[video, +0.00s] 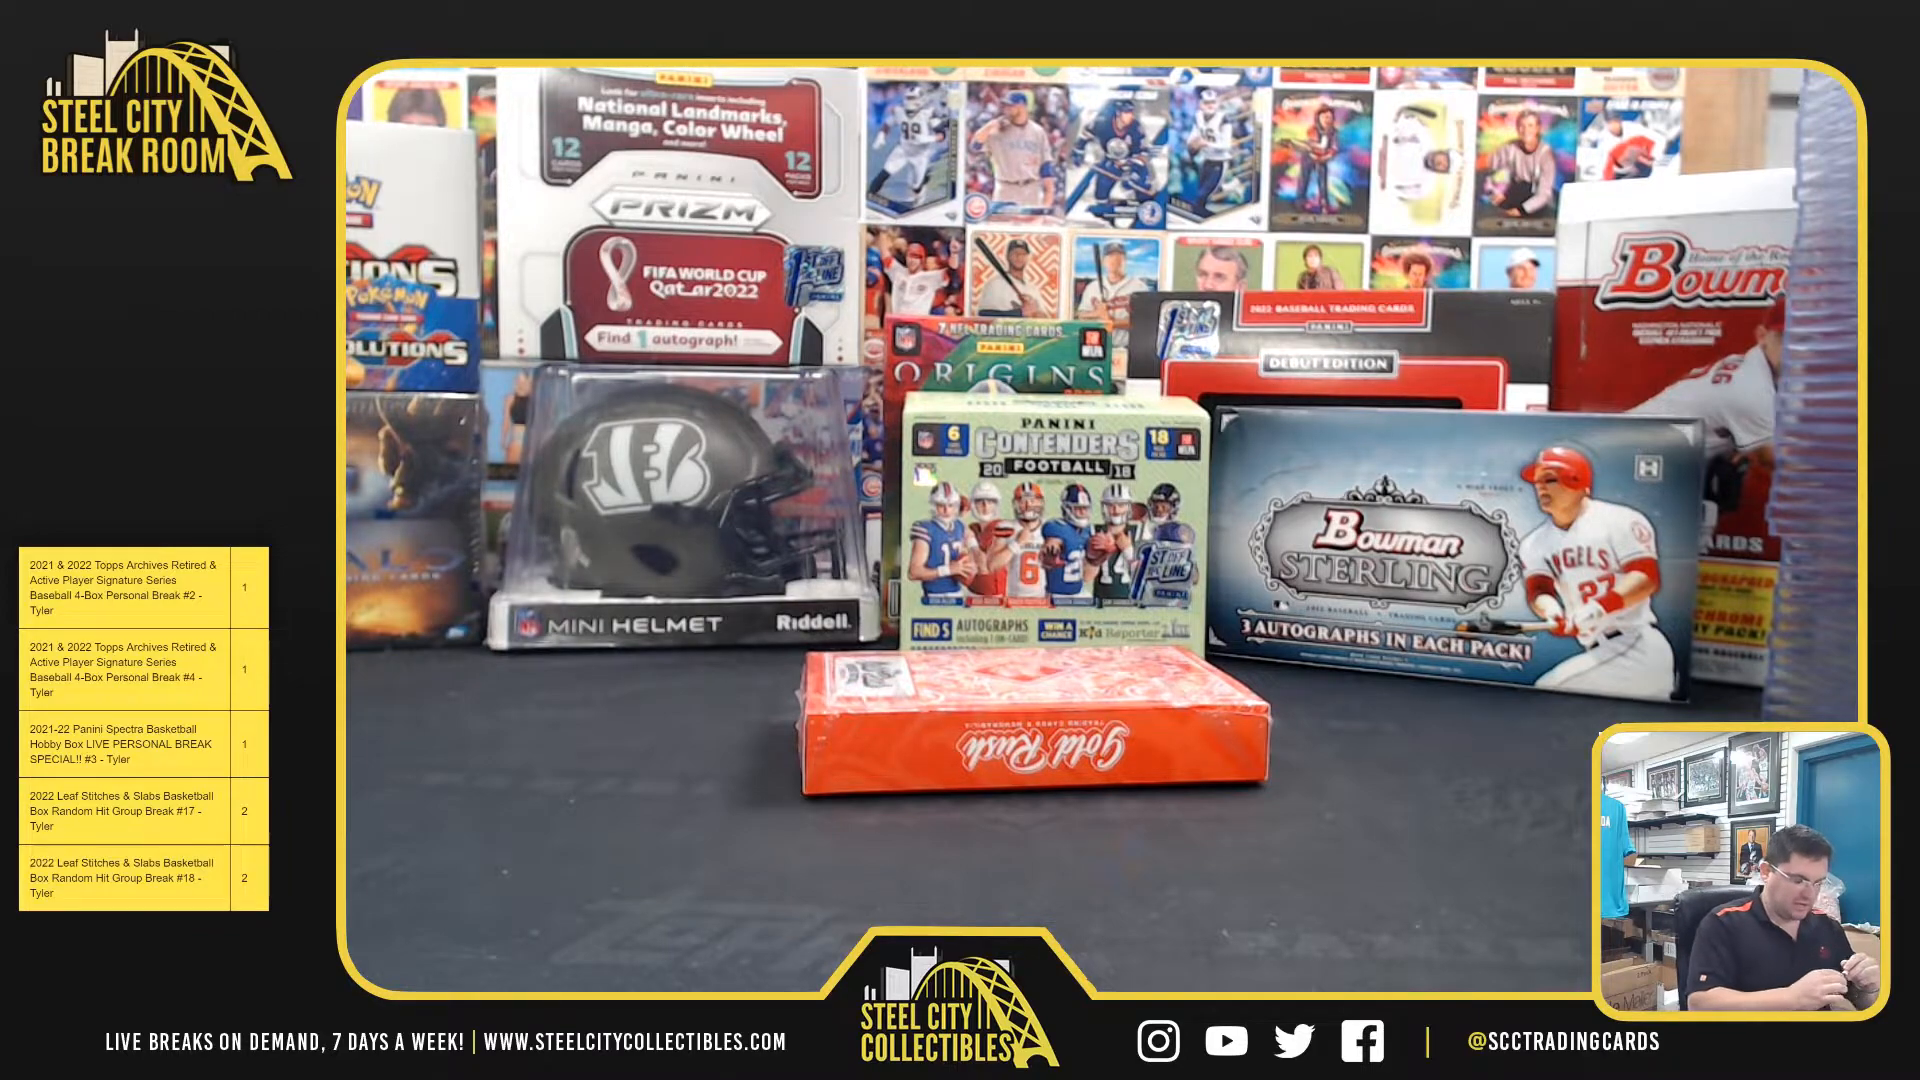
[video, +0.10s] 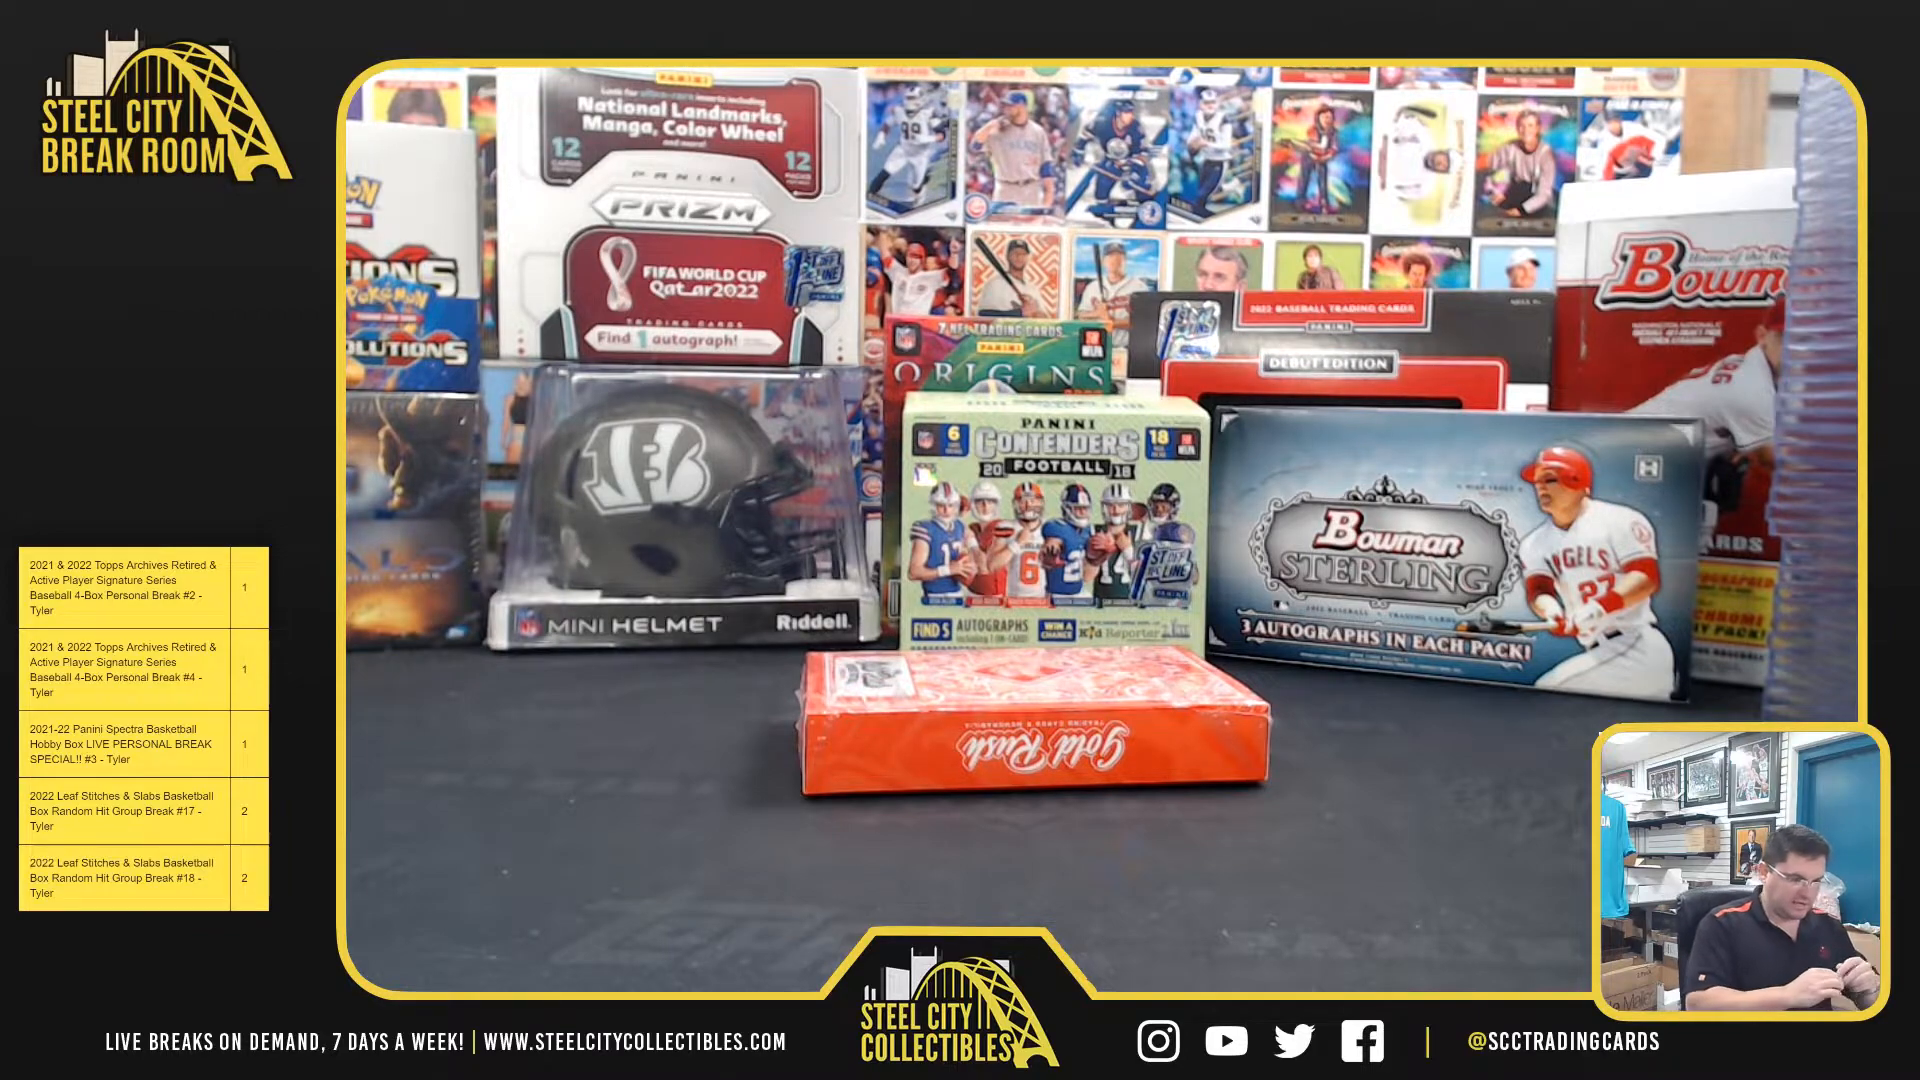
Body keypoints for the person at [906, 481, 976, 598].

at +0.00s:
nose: (946, 511)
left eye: (950, 505)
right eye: (941, 506)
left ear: (957, 507)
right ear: (934, 507)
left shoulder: (960, 528)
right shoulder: (925, 529)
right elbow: (914, 572)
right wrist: (948, 569)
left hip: (958, 596)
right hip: (935, 598)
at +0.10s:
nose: (946, 511)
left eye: (950, 505)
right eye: (941, 506)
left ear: (957, 507)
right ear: (934, 507)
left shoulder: (960, 528)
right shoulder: (925, 529)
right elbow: (914, 572)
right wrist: (948, 569)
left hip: (958, 596)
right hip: (935, 598)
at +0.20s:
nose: (946, 511)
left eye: (951, 505)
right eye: (941, 506)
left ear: (957, 507)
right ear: (934, 507)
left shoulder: (960, 528)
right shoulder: (924, 529)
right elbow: (914, 572)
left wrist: (969, 566)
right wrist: (949, 570)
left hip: (957, 597)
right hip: (935, 598)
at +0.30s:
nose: (946, 511)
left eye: (951, 505)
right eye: (941, 505)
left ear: (957, 507)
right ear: (934, 507)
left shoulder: (960, 528)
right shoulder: (925, 529)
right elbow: (914, 572)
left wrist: (969, 566)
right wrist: (948, 570)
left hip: (957, 596)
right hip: (935, 598)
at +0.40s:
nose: (946, 511)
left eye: (951, 506)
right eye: (941, 506)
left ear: (957, 507)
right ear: (934, 507)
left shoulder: (960, 528)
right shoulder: (925, 529)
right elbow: (914, 572)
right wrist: (948, 570)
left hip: (957, 596)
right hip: (935, 598)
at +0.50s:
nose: (946, 511)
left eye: (951, 506)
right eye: (941, 506)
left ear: (957, 507)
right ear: (934, 507)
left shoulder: (960, 528)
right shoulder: (925, 529)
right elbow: (914, 572)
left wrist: (968, 566)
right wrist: (948, 570)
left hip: (957, 596)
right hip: (935, 598)